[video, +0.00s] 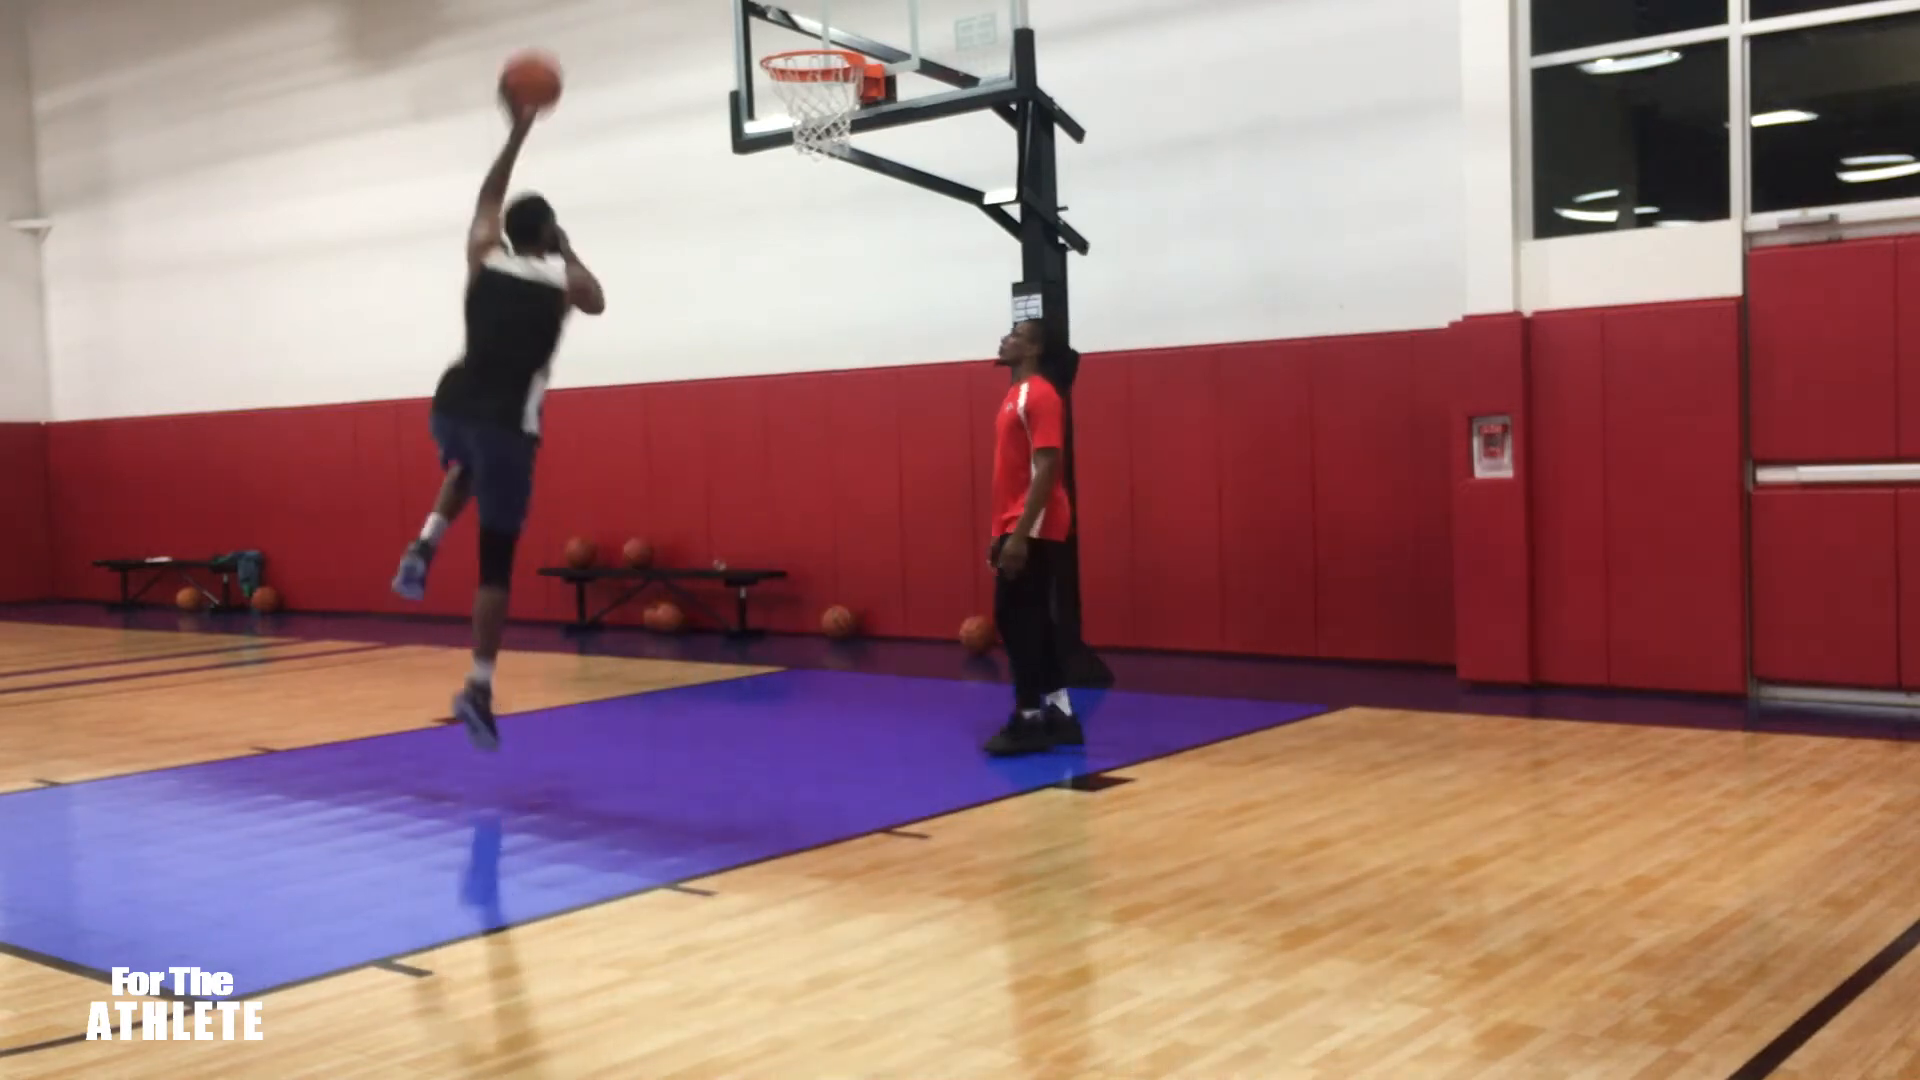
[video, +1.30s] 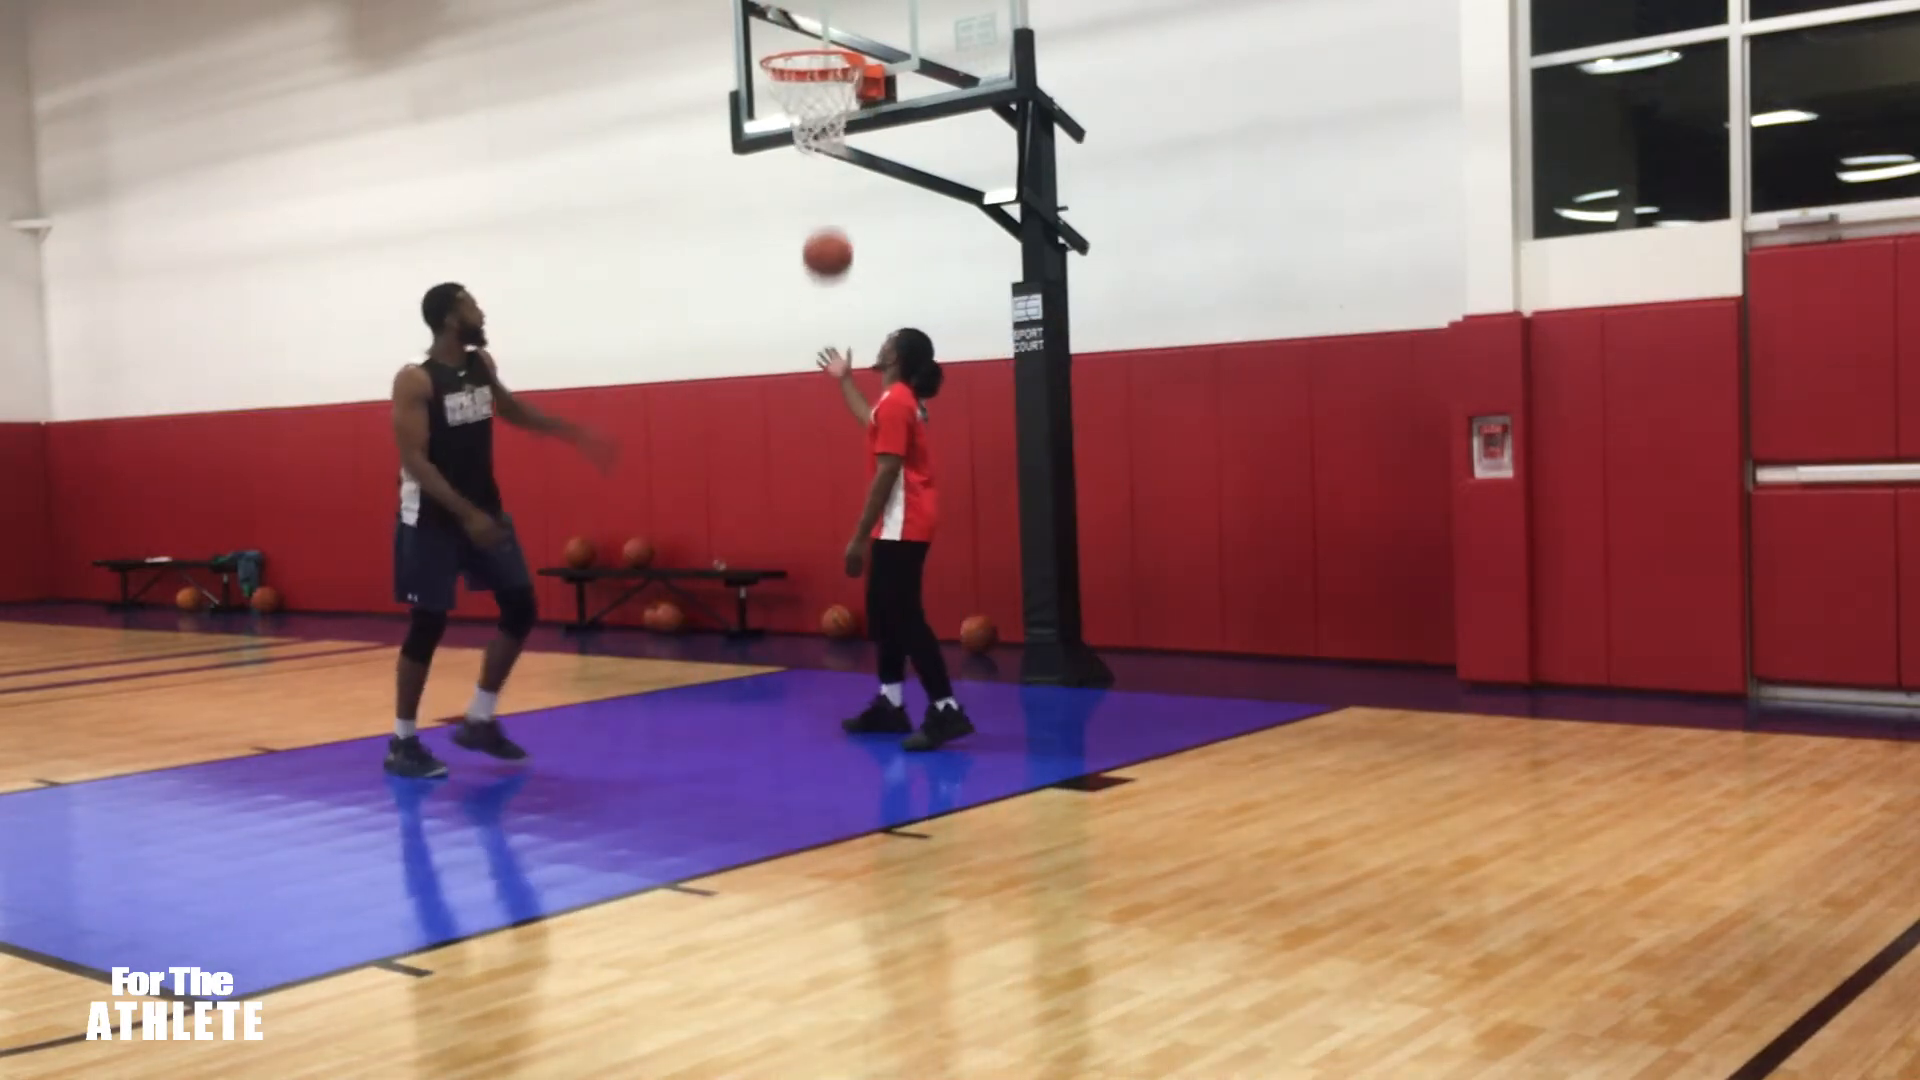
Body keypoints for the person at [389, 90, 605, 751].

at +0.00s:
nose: (552, 229)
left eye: (539, 221)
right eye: (552, 223)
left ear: (506, 231)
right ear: (550, 237)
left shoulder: (483, 259)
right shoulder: (563, 280)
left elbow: (489, 195)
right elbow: (594, 300)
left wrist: (520, 127)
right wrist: (564, 251)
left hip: (452, 409)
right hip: (506, 429)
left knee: (465, 463)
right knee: (494, 563)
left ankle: (423, 543)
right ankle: (480, 684)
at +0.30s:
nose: (492, 215)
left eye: (486, 211)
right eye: (485, 215)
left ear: (458, 229)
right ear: (470, 232)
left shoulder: (450, 252)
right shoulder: (476, 285)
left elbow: (509, 192)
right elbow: (519, 357)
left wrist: (546, 131)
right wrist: (593, 376)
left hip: (438, 409)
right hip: (463, 420)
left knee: (469, 526)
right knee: (476, 534)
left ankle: (421, 635)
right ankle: (461, 661)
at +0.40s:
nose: (477, 273)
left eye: (472, 269)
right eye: (469, 272)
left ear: (452, 280)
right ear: (454, 283)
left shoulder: (466, 299)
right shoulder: (450, 332)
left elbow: (500, 237)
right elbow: (469, 399)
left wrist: (526, 175)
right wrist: (545, 423)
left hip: (459, 461)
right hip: (452, 467)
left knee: (458, 572)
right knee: (465, 577)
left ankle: (436, 687)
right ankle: (444, 701)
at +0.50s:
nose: (475, 327)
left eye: (471, 322)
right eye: (467, 323)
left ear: (455, 340)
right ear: (453, 340)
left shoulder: (467, 373)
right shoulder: (441, 392)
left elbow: (491, 296)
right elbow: (414, 445)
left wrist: (507, 231)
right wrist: (470, 464)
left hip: (458, 524)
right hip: (442, 528)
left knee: (468, 628)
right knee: (477, 629)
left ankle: (423, 726)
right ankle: (422, 729)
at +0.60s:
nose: (472, 337)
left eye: (468, 332)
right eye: (463, 334)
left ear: (454, 347)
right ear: (445, 349)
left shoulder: (463, 382)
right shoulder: (423, 408)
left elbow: (496, 310)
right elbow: (381, 468)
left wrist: (526, 249)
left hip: (458, 537)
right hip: (441, 542)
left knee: (468, 629)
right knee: (511, 617)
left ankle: (419, 724)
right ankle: (447, 713)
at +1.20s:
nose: (467, 310)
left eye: (461, 303)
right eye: (457, 304)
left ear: (444, 320)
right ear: (436, 320)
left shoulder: (471, 362)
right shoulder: (404, 384)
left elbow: (521, 367)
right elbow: (399, 465)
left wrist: (590, 343)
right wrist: (432, 528)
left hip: (475, 521)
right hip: (426, 526)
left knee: (500, 617)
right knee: (432, 625)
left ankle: (448, 706)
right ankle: (403, 740)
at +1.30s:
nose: (480, 310)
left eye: (475, 302)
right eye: (471, 304)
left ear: (456, 317)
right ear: (449, 317)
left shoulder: (479, 365)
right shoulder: (415, 381)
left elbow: (512, 411)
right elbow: (414, 462)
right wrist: (469, 513)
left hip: (484, 513)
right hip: (430, 519)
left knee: (520, 612)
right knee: (427, 623)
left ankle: (479, 721)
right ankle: (403, 741)